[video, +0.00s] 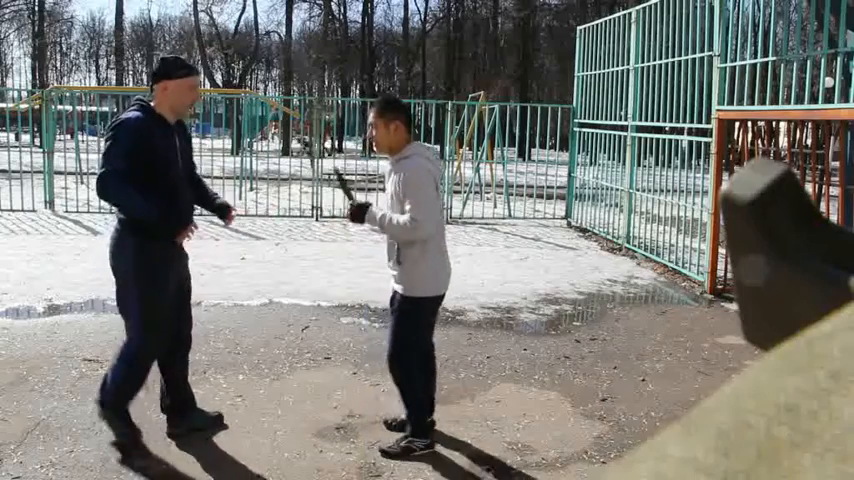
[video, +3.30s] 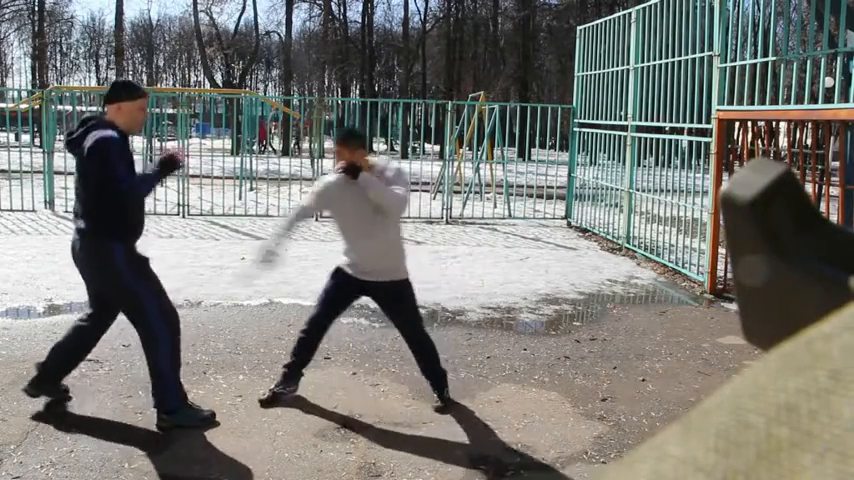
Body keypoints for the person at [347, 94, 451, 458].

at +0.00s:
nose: (371, 135)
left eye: (374, 127)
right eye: (370, 128)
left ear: (396, 127)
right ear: (395, 128)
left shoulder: (414, 167)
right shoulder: (403, 163)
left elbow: (420, 226)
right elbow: (405, 217)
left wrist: (371, 216)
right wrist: (371, 212)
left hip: (420, 284)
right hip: (414, 280)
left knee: (401, 357)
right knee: (415, 350)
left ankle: (420, 435)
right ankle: (419, 417)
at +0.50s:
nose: (392, 138)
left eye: (394, 130)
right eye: (391, 131)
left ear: (416, 129)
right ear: (416, 130)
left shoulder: (431, 173)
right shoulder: (440, 165)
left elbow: (423, 232)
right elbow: (427, 221)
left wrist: (382, 230)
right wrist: (390, 224)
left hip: (434, 284)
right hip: (449, 279)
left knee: (416, 358)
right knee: (449, 340)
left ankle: (422, 436)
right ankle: (472, 403)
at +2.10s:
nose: (394, 142)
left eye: (397, 135)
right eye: (393, 136)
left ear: (418, 133)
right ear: (413, 135)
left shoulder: (445, 167)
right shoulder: (412, 166)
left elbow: (427, 212)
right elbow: (403, 211)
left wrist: (393, 180)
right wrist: (371, 221)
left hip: (433, 271)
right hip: (408, 266)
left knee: (425, 338)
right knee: (396, 327)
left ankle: (442, 404)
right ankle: (437, 384)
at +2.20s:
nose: (391, 143)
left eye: (395, 136)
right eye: (390, 137)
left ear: (415, 135)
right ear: (407, 137)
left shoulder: (445, 168)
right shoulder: (402, 167)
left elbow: (425, 214)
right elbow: (404, 215)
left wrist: (383, 186)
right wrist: (375, 221)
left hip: (432, 272)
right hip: (403, 265)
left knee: (428, 343)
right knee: (377, 319)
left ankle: (443, 404)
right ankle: (411, 376)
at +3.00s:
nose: (375, 146)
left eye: (380, 140)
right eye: (375, 140)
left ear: (400, 140)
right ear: (394, 141)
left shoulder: (430, 169)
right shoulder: (385, 170)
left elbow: (427, 216)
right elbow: (378, 216)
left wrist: (382, 190)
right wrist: (354, 223)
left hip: (419, 269)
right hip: (384, 262)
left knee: (430, 333)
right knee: (354, 317)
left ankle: (442, 389)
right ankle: (358, 381)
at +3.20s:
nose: (363, 159)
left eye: (366, 153)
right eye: (361, 154)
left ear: (382, 151)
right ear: (366, 155)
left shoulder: (416, 178)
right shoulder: (360, 187)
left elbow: (407, 211)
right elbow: (347, 221)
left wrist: (372, 178)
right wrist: (339, 250)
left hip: (405, 279)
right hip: (366, 274)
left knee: (422, 339)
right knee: (329, 324)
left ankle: (442, 390)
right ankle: (303, 384)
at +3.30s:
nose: (341, 160)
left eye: (346, 154)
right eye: (339, 155)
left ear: (362, 152)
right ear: (337, 155)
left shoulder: (391, 174)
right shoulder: (333, 187)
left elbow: (396, 206)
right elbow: (300, 213)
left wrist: (365, 174)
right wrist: (274, 244)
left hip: (391, 277)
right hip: (351, 273)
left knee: (416, 337)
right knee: (315, 325)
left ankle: (441, 390)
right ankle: (288, 381)